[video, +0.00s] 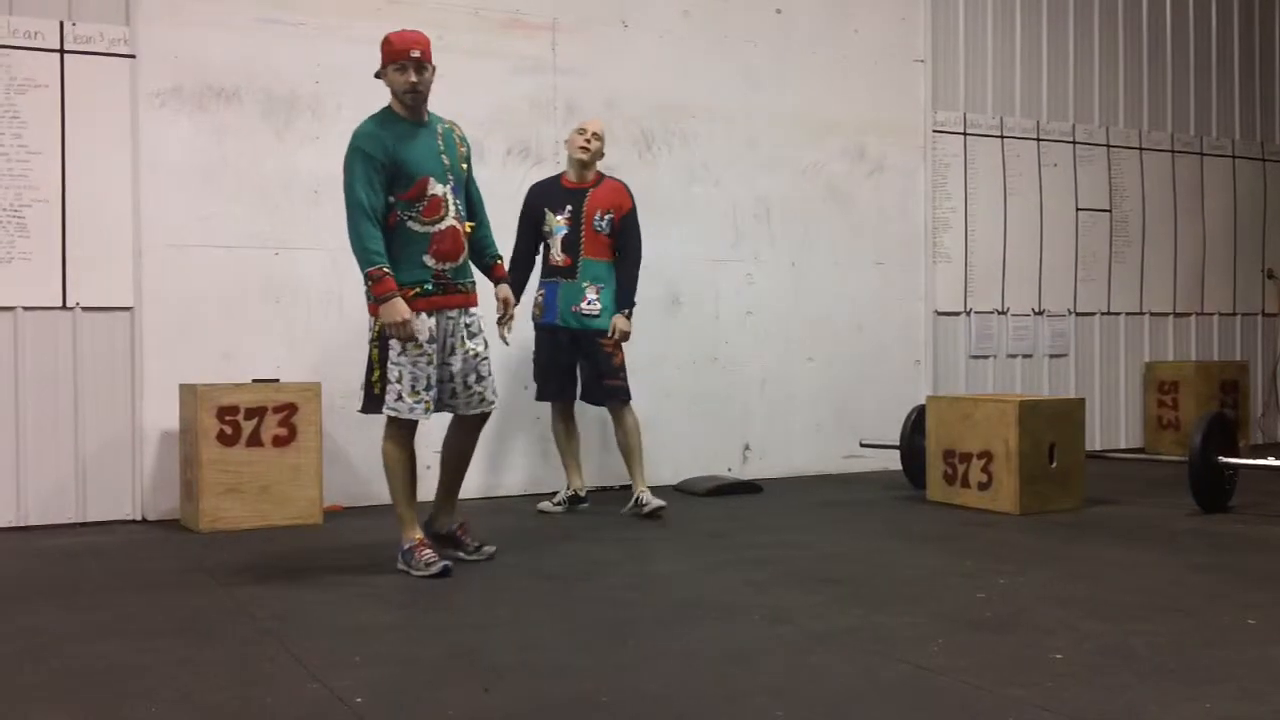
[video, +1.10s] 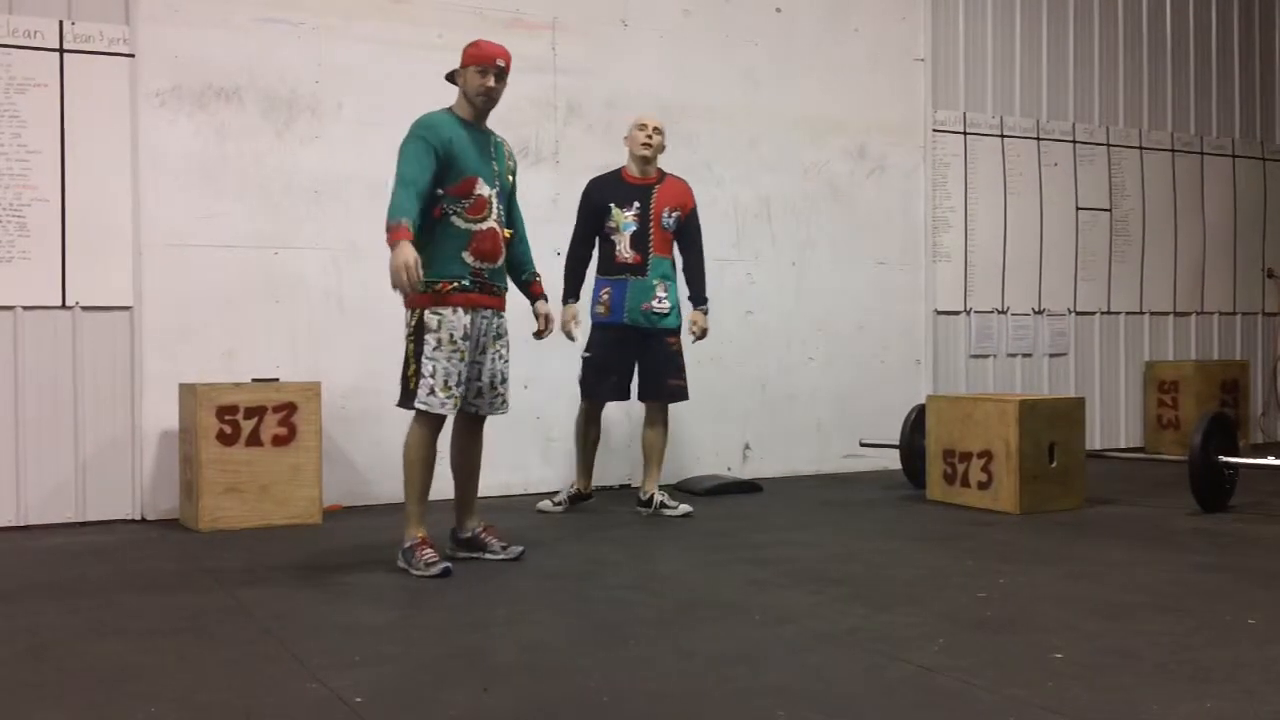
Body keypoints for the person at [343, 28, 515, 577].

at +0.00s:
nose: (413, 76)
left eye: (421, 67)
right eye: (401, 68)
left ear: (433, 73)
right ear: (384, 77)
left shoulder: (453, 137)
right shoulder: (370, 140)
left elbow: (473, 214)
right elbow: (363, 222)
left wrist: (500, 277)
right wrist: (385, 294)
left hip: (460, 300)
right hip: (406, 302)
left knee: (475, 405)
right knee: (402, 417)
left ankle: (443, 522)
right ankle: (411, 539)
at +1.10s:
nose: (491, 80)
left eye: (499, 75)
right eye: (482, 71)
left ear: (506, 85)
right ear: (459, 77)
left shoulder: (501, 150)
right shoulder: (431, 130)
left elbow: (512, 228)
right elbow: (407, 190)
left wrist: (537, 293)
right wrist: (401, 240)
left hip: (489, 302)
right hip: (441, 298)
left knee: (473, 414)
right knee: (430, 413)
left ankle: (467, 526)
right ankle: (415, 536)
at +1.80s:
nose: (503, 90)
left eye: (511, 84)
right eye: (494, 80)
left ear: (516, 93)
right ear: (471, 81)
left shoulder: (510, 152)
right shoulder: (446, 133)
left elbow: (522, 228)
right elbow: (411, 196)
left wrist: (552, 290)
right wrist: (419, 146)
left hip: (497, 298)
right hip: (454, 293)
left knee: (478, 415)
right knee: (451, 411)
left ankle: (470, 528)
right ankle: (433, 541)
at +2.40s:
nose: (481, 78)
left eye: (487, 69)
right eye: (471, 67)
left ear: (490, 74)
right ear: (443, 67)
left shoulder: (489, 137)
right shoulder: (412, 131)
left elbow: (509, 216)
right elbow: (399, 218)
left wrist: (537, 278)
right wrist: (427, 286)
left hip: (489, 301)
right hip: (439, 300)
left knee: (484, 413)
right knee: (434, 417)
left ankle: (469, 527)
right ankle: (434, 545)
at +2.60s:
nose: (460, 73)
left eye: (467, 64)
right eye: (449, 63)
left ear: (474, 69)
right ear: (425, 67)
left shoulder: (483, 135)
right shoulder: (402, 131)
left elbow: (504, 214)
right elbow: (392, 210)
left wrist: (533, 272)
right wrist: (410, 276)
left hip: (483, 298)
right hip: (431, 298)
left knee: (496, 406)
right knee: (425, 417)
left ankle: (472, 520)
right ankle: (433, 545)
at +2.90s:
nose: (441, 68)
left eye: (448, 58)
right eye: (429, 59)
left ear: (458, 64)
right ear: (408, 65)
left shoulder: (476, 132)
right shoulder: (387, 132)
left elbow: (499, 215)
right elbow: (379, 216)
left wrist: (522, 279)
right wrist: (405, 290)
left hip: (478, 300)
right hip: (421, 301)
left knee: (497, 406)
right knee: (415, 419)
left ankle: (472, 516)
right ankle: (430, 544)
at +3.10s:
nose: (434, 65)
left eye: (442, 56)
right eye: (422, 57)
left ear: (453, 62)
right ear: (403, 65)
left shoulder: (476, 130)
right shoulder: (381, 133)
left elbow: (502, 215)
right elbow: (369, 221)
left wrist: (524, 280)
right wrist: (392, 299)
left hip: (476, 300)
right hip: (416, 303)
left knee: (496, 405)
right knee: (414, 420)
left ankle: (463, 505)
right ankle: (430, 543)